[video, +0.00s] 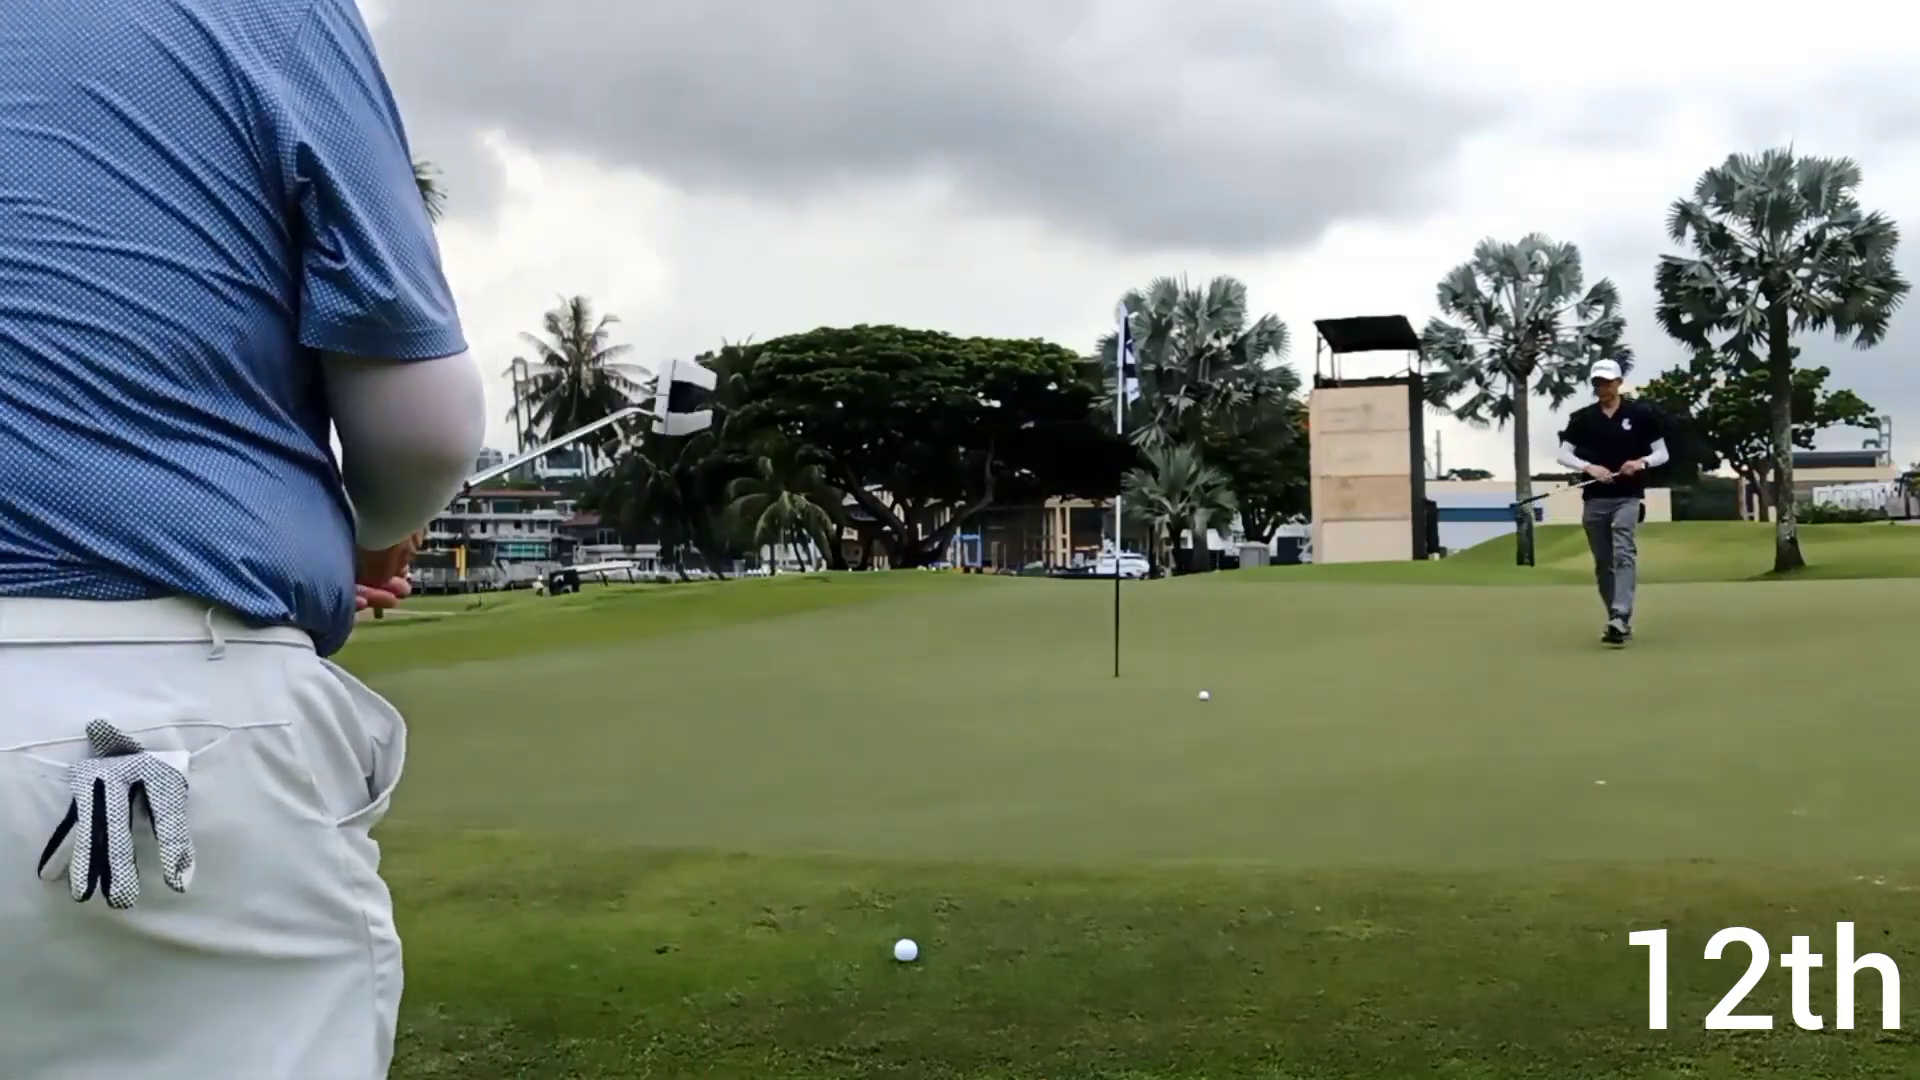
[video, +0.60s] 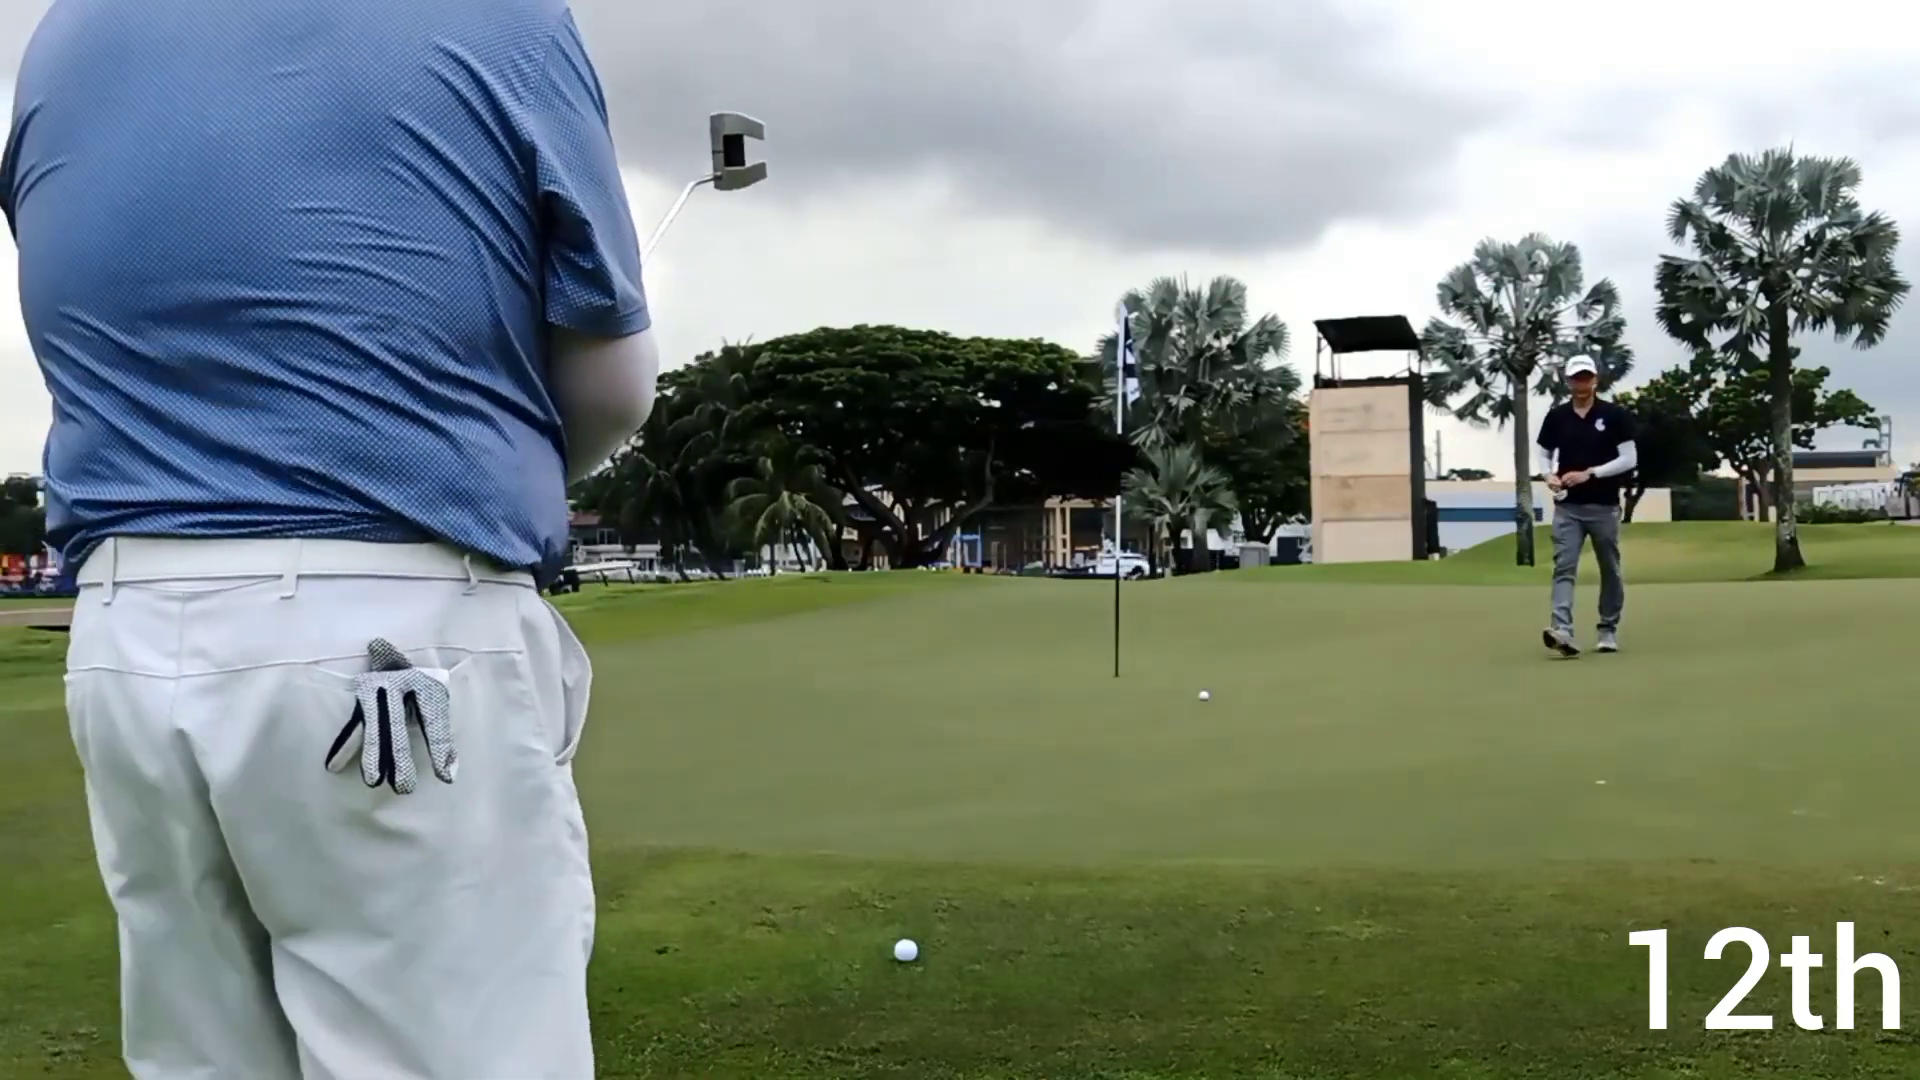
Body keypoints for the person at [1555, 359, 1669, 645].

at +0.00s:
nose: (1603, 388)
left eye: (1608, 382)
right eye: (1598, 383)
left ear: (1620, 383)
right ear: (1593, 385)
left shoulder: (1640, 414)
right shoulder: (1582, 418)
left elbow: (1662, 454)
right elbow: (1563, 455)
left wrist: (1640, 463)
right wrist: (1589, 468)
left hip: (1628, 499)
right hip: (1595, 500)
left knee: (1623, 554)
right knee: (1603, 562)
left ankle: (1620, 616)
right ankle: (1617, 617)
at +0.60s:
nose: (1582, 383)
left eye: (1587, 377)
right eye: (1576, 377)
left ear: (1596, 379)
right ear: (1567, 381)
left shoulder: (1615, 416)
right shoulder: (1556, 417)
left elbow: (1629, 459)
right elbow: (1544, 456)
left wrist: (1589, 473)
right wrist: (1550, 475)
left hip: (1604, 508)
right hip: (1567, 508)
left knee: (1610, 570)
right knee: (1564, 567)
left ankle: (1608, 630)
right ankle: (1562, 630)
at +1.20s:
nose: (1530, 386)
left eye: (1536, 380)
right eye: (1527, 381)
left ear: (1553, 379)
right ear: (1525, 382)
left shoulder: (1577, 417)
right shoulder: (1516, 420)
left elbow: (1598, 461)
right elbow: (1504, 461)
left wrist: (1586, 484)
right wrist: (1502, 495)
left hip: (1561, 510)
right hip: (1526, 511)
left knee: (1557, 572)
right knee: (1537, 579)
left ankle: (1553, 643)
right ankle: (1561, 635)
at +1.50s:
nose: (1508, 376)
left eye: (1514, 369)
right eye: (1505, 370)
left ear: (1532, 367)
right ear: (1504, 371)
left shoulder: (1556, 402)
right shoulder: (1501, 407)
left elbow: (1580, 450)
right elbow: (1492, 455)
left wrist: (1551, 466)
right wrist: (1482, 500)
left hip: (1544, 507)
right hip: (1504, 505)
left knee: (1551, 577)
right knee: (1495, 565)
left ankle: (1552, 647)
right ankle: (1516, 640)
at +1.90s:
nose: (1482, 369)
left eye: (1486, 362)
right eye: (1474, 364)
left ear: (1494, 363)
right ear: (1462, 370)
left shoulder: (1515, 402)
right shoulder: (1451, 410)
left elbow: (1527, 454)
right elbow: (1444, 464)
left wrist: (1526, 500)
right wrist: (1440, 510)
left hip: (1505, 507)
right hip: (1463, 509)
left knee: (1509, 574)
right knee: (1464, 584)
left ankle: (1529, 632)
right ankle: (1474, 658)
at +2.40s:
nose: (1435, 374)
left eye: (1441, 366)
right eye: (1430, 368)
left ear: (1458, 364)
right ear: (1425, 370)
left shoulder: (1487, 406)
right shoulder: (1420, 414)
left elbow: (1513, 458)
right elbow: (1409, 466)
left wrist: (1539, 504)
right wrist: (1390, 513)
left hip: (1477, 511)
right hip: (1436, 517)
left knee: (1476, 578)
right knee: (1434, 593)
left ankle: (1486, 665)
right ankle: (1463, 640)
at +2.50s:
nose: (1423, 371)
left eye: (1428, 363)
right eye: (1417, 365)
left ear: (1447, 358)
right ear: (1413, 366)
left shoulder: (1476, 399)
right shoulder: (1412, 406)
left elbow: (1499, 455)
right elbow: (1405, 462)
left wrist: (1513, 505)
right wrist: (1396, 512)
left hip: (1467, 510)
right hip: (1424, 514)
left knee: (1475, 586)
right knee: (1418, 585)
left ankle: (1485, 667)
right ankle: (1454, 640)